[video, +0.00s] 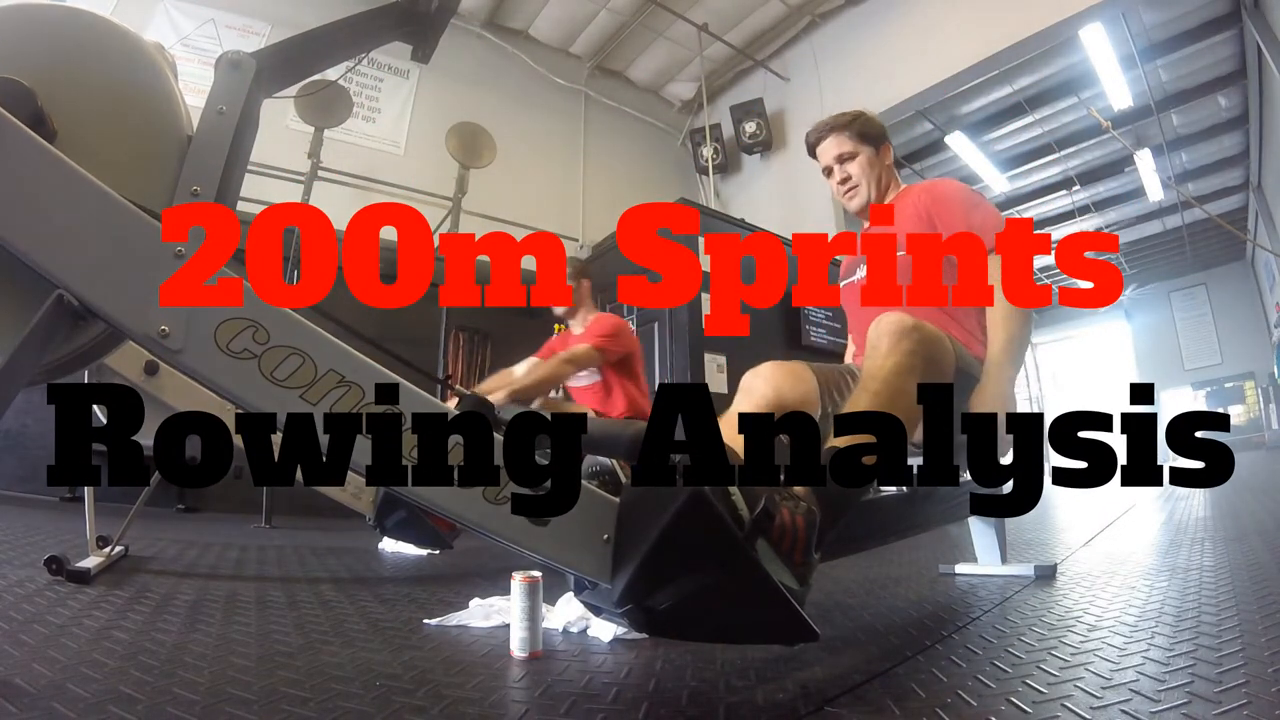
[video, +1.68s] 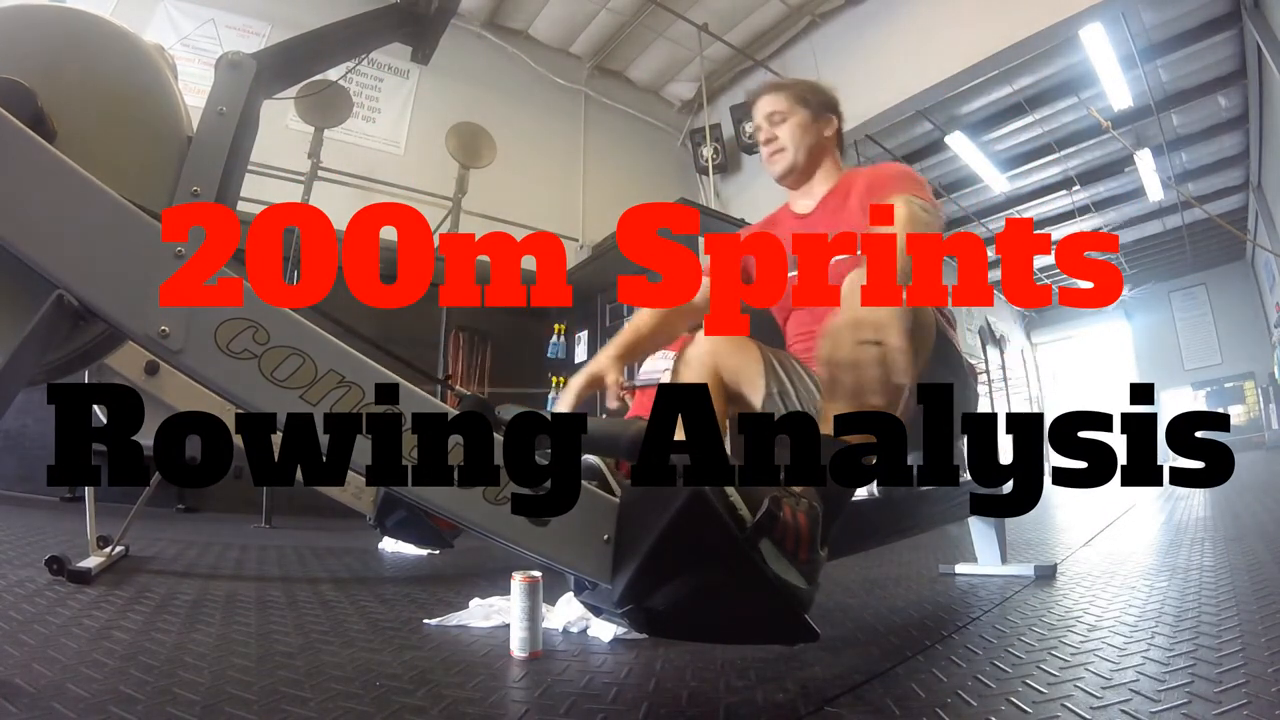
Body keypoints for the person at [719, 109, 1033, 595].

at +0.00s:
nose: (838, 176)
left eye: (847, 159)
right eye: (828, 172)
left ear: (884, 154)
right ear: (828, 182)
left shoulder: (937, 196)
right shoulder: (853, 260)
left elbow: (1013, 268)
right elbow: (855, 350)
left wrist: (995, 390)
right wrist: (842, 388)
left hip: (961, 382)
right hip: (875, 387)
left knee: (896, 330)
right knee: (766, 381)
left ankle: (809, 509)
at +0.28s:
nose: (831, 168)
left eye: (841, 152)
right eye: (825, 162)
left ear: (885, 151)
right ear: (828, 174)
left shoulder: (948, 208)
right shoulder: (842, 250)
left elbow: (1003, 290)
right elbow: (828, 348)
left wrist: (1006, 379)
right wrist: (796, 410)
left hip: (951, 384)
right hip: (854, 389)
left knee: (887, 328)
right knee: (749, 374)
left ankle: (811, 509)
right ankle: (710, 516)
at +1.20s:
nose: (815, 162)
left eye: (826, 148)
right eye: (812, 155)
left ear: (870, 150)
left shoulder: (937, 210)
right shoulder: (820, 249)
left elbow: (999, 289)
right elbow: (768, 333)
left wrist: (1015, 381)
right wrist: (729, 388)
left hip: (954, 390)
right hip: (856, 394)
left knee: (885, 330)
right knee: (750, 370)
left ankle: (813, 506)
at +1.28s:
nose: (807, 158)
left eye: (818, 144)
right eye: (805, 151)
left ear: (863, 145)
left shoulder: (928, 207)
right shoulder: (816, 245)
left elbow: (991, 288)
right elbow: (759, 328)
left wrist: (996, 366)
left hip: (937, 391)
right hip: (840, 390)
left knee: (882, 321)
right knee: (732, 359)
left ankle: (810, 505)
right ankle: (711, 513)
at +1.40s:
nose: (798, 155)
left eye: (809, 139)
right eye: (796, 148)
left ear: (856, 141)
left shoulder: (922, 202)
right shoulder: (805, 242)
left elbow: (979, 282)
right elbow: (757, 315)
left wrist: (972, 347)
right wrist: (693, 357)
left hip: (928, 388)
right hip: (836, 390)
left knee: (876, 310)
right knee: (729, 358)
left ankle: (811, 501)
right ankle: (703, 517)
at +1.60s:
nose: (775, 147)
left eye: (785, 130)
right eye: (771, 139)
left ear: (835, 130)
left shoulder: (901, 189)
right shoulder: (782, 236)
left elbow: (934, 264)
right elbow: (709, 298)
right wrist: (639, 356)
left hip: (906, 386)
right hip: (818, 390)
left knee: (867, 294)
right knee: (709, 355)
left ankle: (811, 503)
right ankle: (707, 517)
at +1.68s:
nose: (763, 138)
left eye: (777, 120)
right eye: (757, 133)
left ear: (827, 125)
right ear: (760, 151)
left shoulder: (883, 180)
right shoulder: (765, 232)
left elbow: (907, 255)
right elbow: (690, 299)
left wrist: (861, 329)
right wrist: (611, 356)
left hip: (907, 382)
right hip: (815, 392)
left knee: (875, 280)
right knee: (705, 353)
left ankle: (816, 488)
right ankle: (688, 522)